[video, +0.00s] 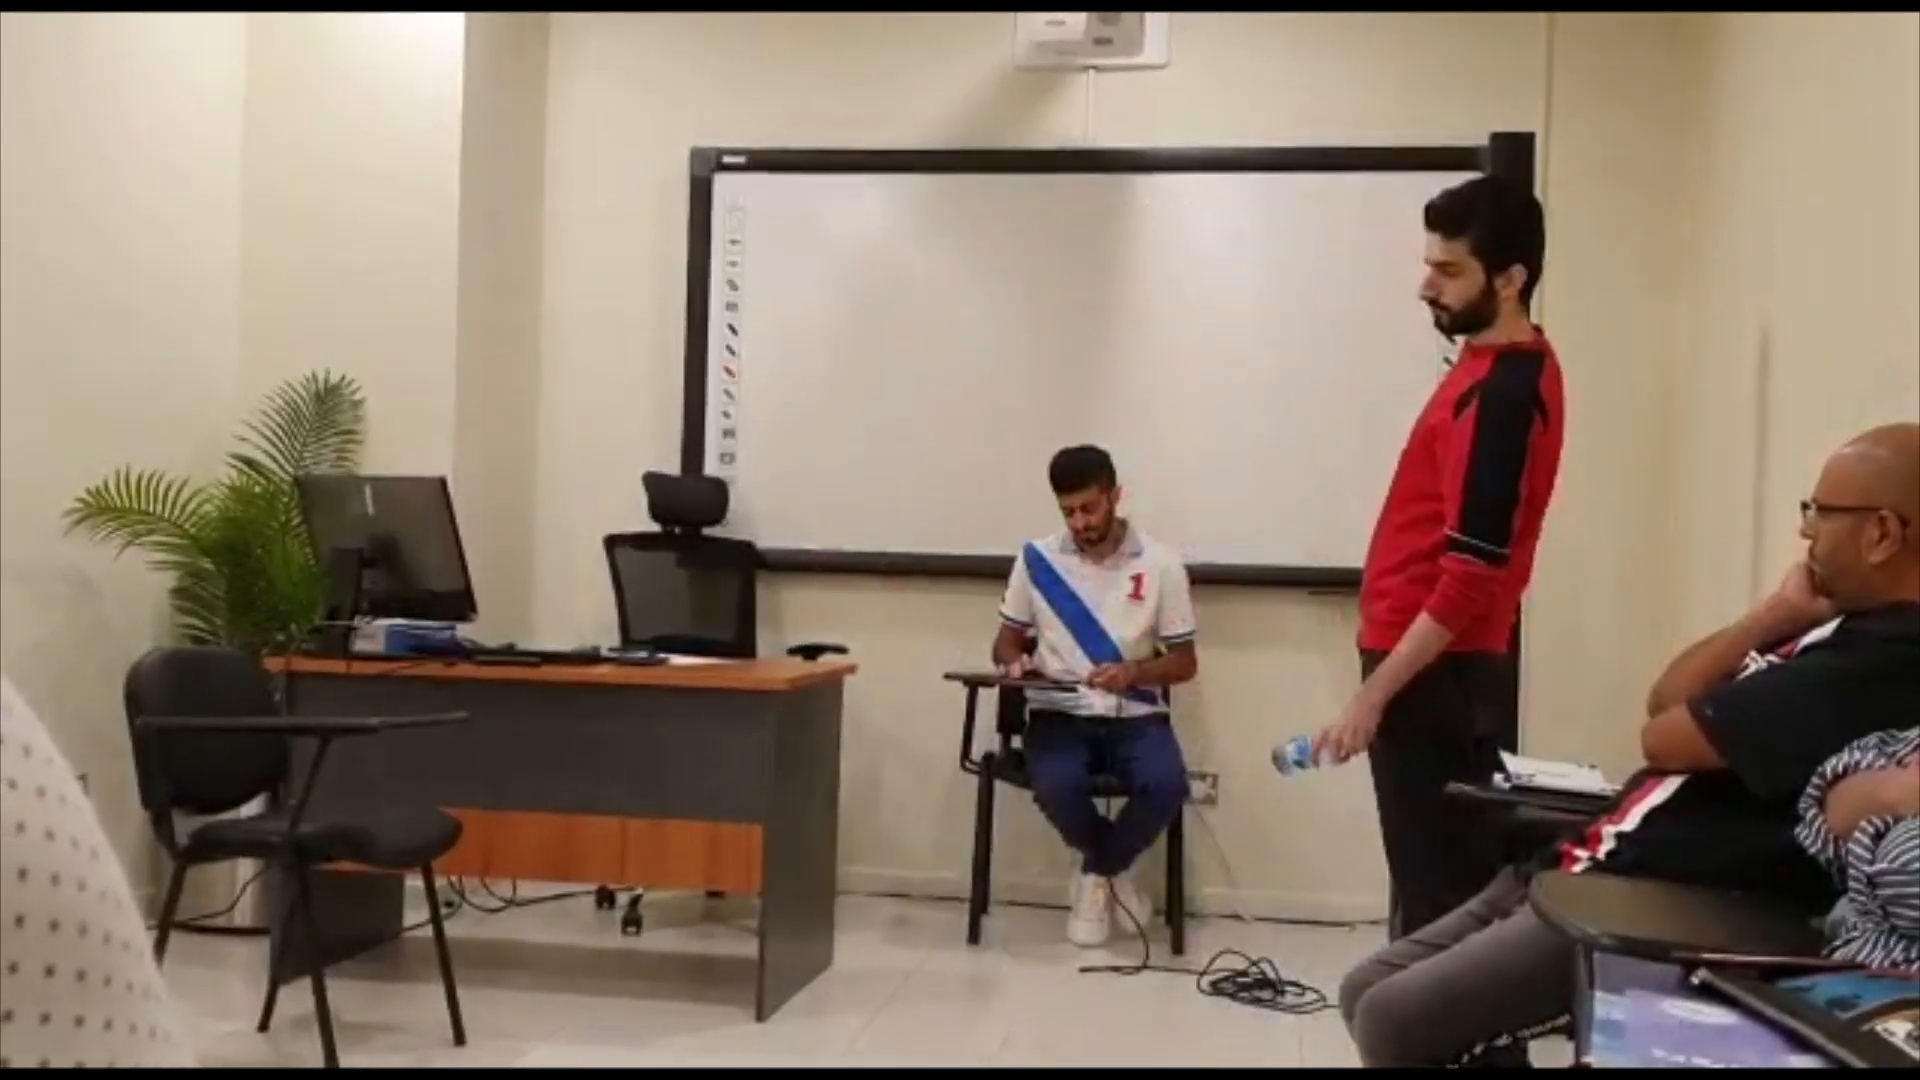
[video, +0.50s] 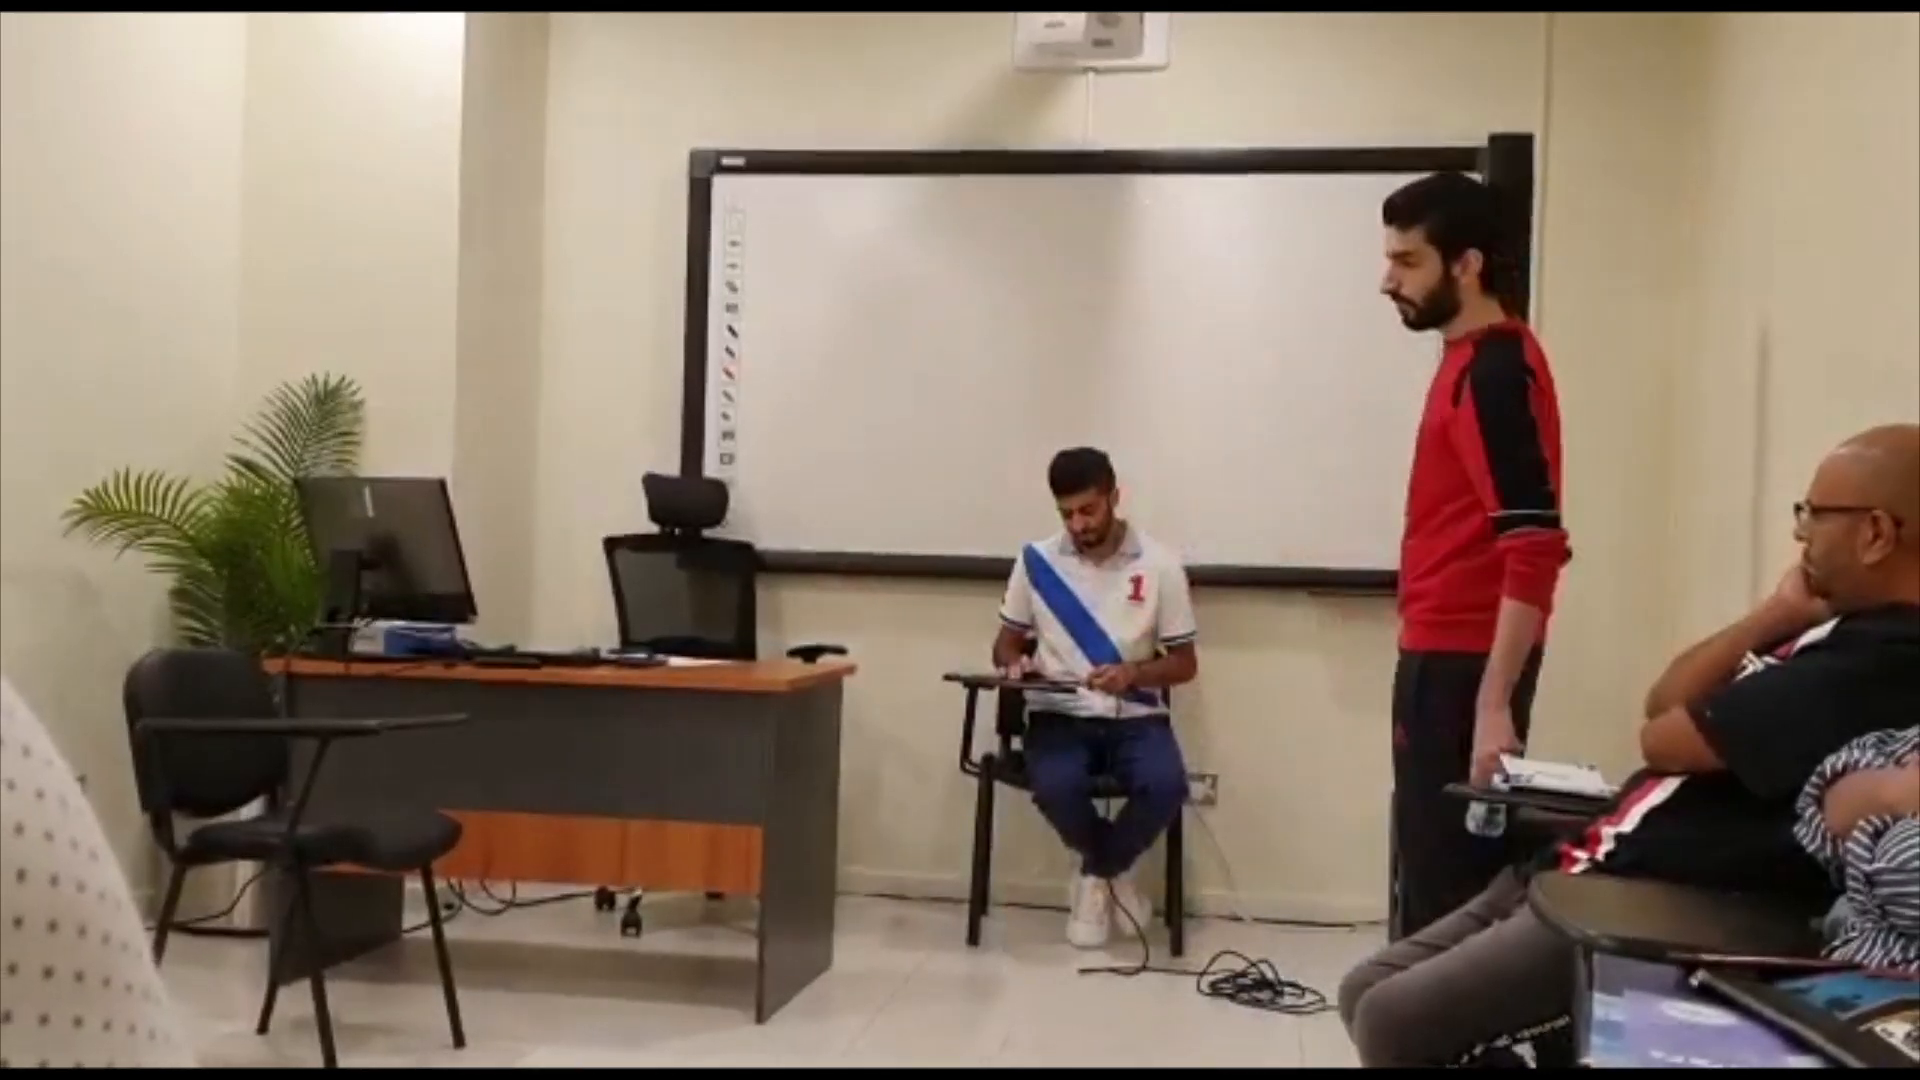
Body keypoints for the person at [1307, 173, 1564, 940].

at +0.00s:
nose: (1427, 288)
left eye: (1447, 270)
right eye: (1428, 268)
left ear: (1511, 279)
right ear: (1506, 283)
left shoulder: (1510, 384)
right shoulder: (1487, 363)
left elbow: (1473, 574)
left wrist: (1371, 698)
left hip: (1448, 672)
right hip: (1427, 667)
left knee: (1439, 908)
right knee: (1436, 904)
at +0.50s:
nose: (1388, 280)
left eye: (1405, 261)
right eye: (1389, 260)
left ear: (1468, 266)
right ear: (1458, 271)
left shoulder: (1498, 364)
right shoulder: (1469, 358)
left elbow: (1535, 544)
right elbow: (1485, 535)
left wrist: (1495, 703)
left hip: (1470, 669)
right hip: (1438, 664)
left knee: (1451, 901)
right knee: (1428, 896)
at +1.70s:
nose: (1364, 280)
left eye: (1381, 260)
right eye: (1368, 260)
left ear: (1440, 268)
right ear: (1446, 271)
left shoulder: (1446, 369)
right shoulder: (1533, 368)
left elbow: (1303, 447)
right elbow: (1562, 525)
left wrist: (1126, 465)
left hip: (1450, 662)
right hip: (1527, 662)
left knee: (1390, 860)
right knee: (1492, 862)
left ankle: (1386, 1045)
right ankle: (1484, 1042)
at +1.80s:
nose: (1367, 272)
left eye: (1386, 255)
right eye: (1372, 254)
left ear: (1443, 266)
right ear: (1448, 269)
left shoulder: (1442, 365)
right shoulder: (1533, 369)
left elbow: (1283, 420)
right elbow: (1564, 527)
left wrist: (1105, 384)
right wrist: (1481, 598)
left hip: (1447, 663)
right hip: (1526, 663)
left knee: (1390, 866)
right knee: (1487, 867)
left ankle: (1390, 1043)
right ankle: (1483, 1039)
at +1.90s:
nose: (1371, 268)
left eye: (1390, 251)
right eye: (1376, 250)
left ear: (1447, 263)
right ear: (1453, 267)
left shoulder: (1440, 365)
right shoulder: (1534, 369)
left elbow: (1274, 403)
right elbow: (1562, 530)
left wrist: (1126, 333)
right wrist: (1469, 587)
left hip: (1441, 666)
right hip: (1524, 666)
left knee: (1387, 862)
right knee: (1494, 868)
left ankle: (1383, 1040)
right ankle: (1488, 1039)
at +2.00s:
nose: (1371, 266)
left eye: (1392, 250)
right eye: (1378, 248)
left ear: (1449, 264)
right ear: (1454, 268)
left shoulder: (1437, 365)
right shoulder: (1533, 368)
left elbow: (1274, 394)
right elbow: (1563, 533)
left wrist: (1136, 310)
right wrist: (1470, 587)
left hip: (1440, 661)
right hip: (1523, 660)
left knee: (1388, 866)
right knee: (1494, 864)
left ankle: (1382, 1039)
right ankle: (1486, 1037)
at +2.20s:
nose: (1375, 267)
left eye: (1394, 251)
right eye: (1380, 250)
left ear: (1451, 264)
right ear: (1456, 268)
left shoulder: (1450, 363)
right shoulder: (1534, 369)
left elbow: (1285, 400)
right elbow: (1564, 533)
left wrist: (1137, 328)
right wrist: (1486, 602)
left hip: (1444, 660)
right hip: (1520, 659)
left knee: (1389, 863)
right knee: (1491, 863)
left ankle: (1381, 1038)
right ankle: (1484, 1037)